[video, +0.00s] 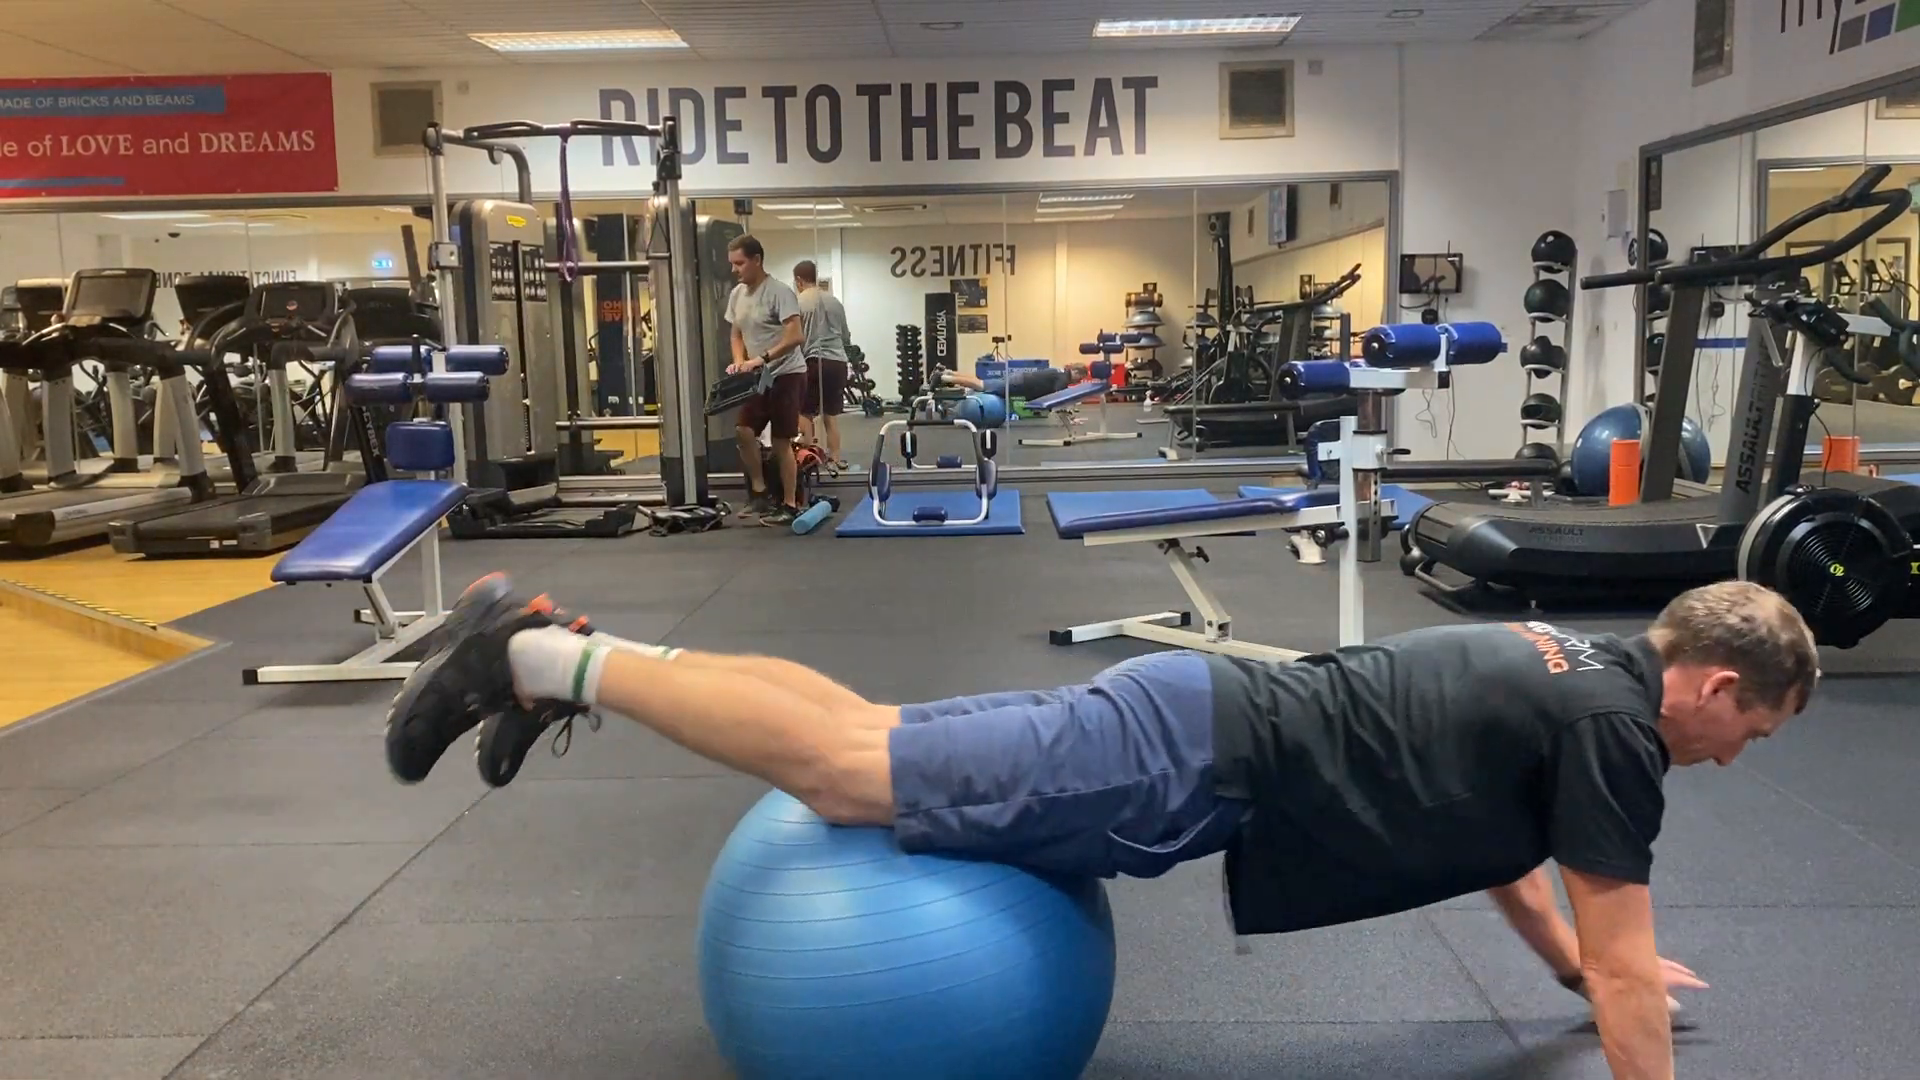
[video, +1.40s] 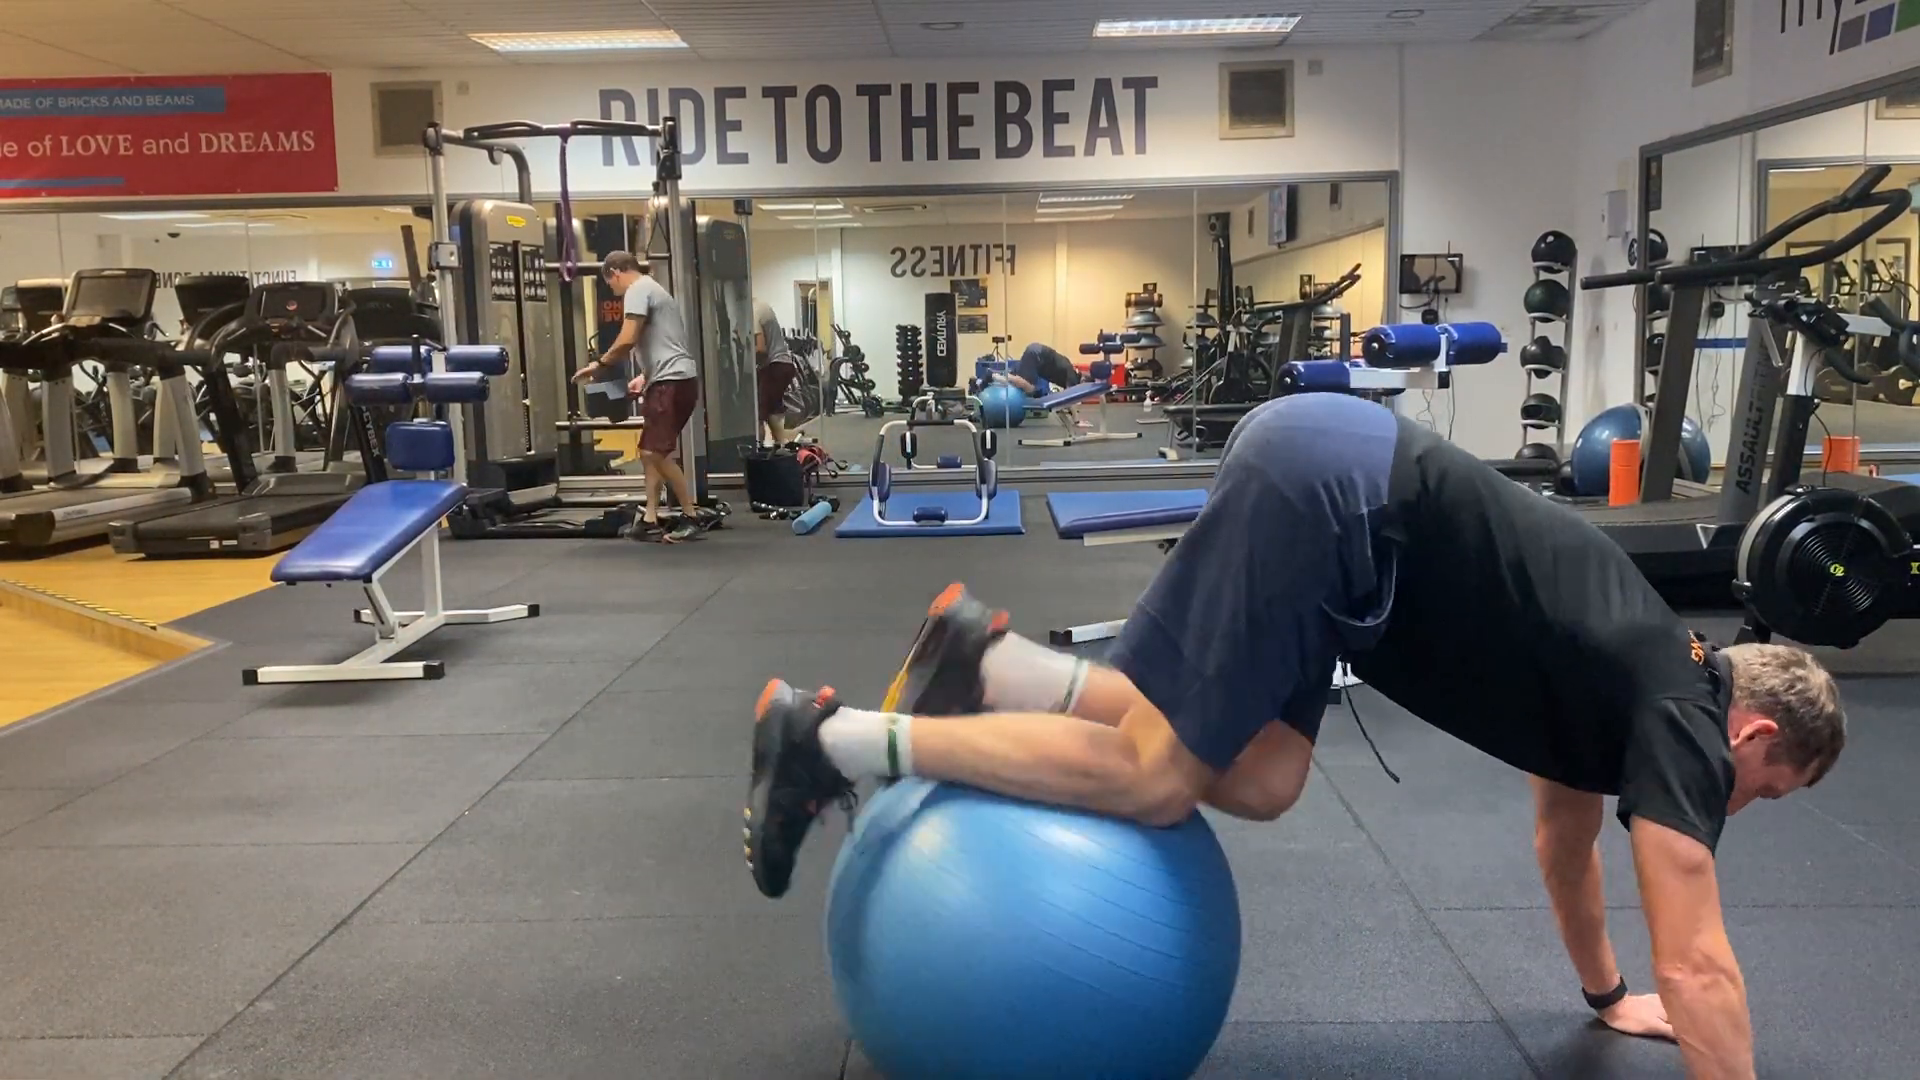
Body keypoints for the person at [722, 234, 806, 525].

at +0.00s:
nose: (734, 269)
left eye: (739, 263)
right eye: (732, 264)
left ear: (757, 260)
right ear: (736, 263)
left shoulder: (781, 291)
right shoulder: (737, 294)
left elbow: (795, 336)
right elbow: (736, 333)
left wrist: (763, 357)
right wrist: (738, 361)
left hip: (789, 373)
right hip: (759, 375)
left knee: (782, 442)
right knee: (744, 431)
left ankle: (789, 505)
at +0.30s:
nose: (710, 270)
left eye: (715, 263)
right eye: (706, 265)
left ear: (731, 261)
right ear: (703, 267)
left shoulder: (754, 292)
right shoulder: (707, 298)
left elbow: (772, 334)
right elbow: (702, 341)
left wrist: (739, 358)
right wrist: (708, 367)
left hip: (759, 375)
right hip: (727, 379)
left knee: (744, 439)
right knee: (727, 442)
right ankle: (732, 496)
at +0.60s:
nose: (690, 266)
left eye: (695, 260)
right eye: (685, 262)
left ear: (709, 259)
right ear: (682, 264)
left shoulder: (730, 290)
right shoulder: (683, 299)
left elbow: (746, 335)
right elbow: (685, 338)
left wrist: (713, 362)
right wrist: (686, 361)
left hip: (735, 375)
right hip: (706, 377)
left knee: (721, 443)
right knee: (718, 445)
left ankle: (714, 514)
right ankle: (739, 508)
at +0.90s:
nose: (662, 269)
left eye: (667, 261)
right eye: (657, 264)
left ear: (681, 260)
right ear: (653, 268)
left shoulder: (701, 291)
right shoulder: (661, 302)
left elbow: (710, 339)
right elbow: (670, 350)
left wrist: (681, 366)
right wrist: (664, 384)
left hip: (712, 378)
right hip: (685, 381)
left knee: (694, 449)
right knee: (685, 450)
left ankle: (696, 518)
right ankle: (726, 497)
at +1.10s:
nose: (634, 276)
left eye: (635, 268)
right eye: (630, 271)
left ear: (653, 260)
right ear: (650, 263)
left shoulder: (676, 287)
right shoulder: (661, 293)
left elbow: (682, 336)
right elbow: (671, 340)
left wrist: (657, 361)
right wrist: (661, 368)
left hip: (698, 378)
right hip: (679, 381)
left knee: (688, 450)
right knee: (657, 443)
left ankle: (696, 518)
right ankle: (697, 503)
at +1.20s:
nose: (624, 281)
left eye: (623, 274)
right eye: (621, 276)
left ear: (636, 264)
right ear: (637, 264)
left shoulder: (665, 286)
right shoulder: (658, 290)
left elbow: (665, 336)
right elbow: (674, 342)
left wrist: (638, 359)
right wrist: (656, 369)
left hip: (691, 376)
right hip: (675, 378)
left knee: (684, 451)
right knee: (654, 445)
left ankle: (695, 519)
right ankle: (666, 513)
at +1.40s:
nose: (613, 289)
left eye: (611, 283)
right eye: (611, 285)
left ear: (617, 272)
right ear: (628, 269)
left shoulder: (638, 288)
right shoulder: (652, 288)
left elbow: (627, 339)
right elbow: (667, 342)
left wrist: (600, 364)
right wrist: (646, 376)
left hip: (672, 379)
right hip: (670, 379)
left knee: (657, 453)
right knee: (648, 451)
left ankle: (691, 515)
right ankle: (650, 519)